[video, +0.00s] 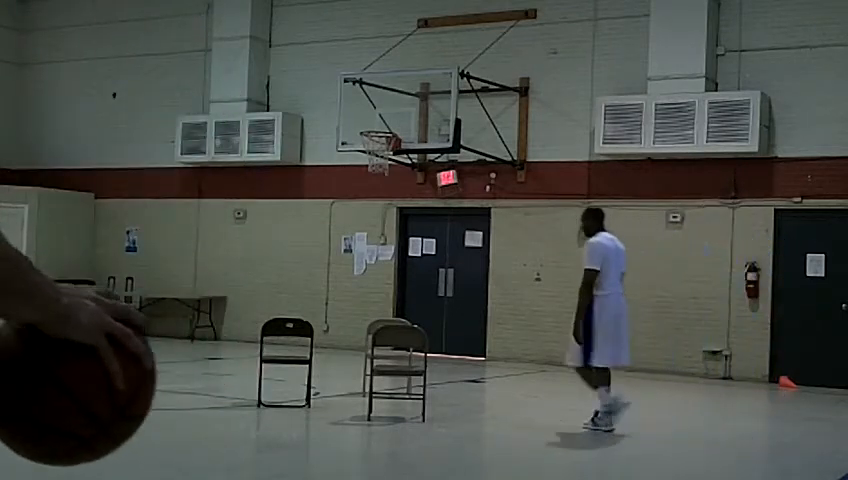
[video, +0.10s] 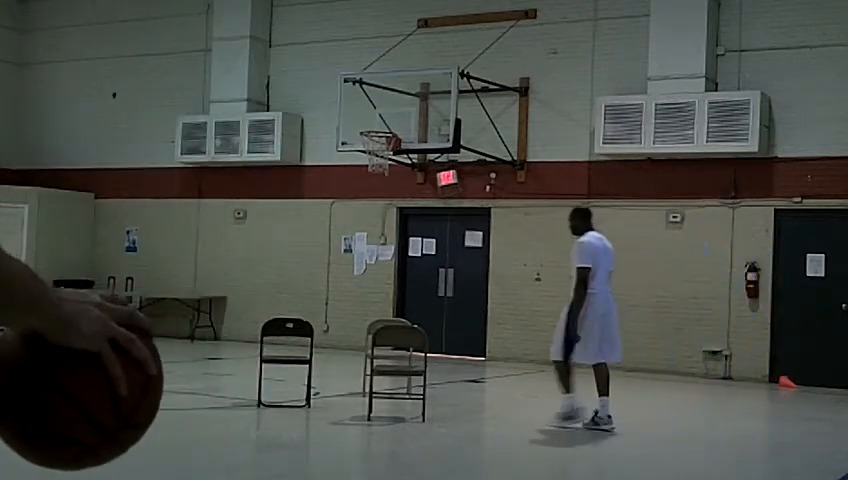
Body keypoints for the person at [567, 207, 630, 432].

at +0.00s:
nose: (581, 226)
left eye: (583, 221)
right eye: (582, 221)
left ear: (591, 222)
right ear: (602, 221)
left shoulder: (595, 244)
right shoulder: (616, 243)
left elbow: (587, 284)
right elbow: (620, 278)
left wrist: (578, 319)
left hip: (599, 307)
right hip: (614, 306)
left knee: (580, 361)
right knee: (603, 360)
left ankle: (609, 401)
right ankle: (604, 413)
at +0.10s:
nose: (570, 226)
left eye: (572, 222)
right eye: (570, 222)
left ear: (579, 222)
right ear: (590, 221)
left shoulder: (583, 244)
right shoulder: (605, 243)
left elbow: (581, 284)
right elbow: (607, 279)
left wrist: (572, 321)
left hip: (585, 307)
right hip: (604, 307)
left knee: (560, 355)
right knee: (599, 358)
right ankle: (604, 413)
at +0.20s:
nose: (556, 228)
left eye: (558, 224)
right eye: (556, 224)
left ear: (565, 225)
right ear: (575, 223)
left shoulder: (571, 245)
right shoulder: (591, 244)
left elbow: (572, 286)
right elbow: (591, 282)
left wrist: (566, 322)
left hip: (574, 305)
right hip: (594, 305)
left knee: (551, 355)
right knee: (596, 359)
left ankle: (536, 404)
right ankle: (603, 413)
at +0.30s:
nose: (542, 231)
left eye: (543, 227)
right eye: (542, 227)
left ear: (550, 227)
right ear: (561, 226)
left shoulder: (556, 249)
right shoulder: (577, 247)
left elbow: (558, 289)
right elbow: (575, 284)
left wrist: (555, 324)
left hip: (561, 309)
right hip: (580, 308)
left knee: (538, 357)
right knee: (588, 359)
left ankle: (524, 405)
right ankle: (602, 410)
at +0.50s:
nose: (515, 230)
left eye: (516, 226)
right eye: (515, 226)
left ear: (523, 225)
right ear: (533, 223)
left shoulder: (527, 246)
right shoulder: (549, 243)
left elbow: (523, 283)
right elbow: (547, 278)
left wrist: (516, 316)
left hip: (531, 307)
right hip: (549, 306)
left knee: (518, 355)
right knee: (541, 356)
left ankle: (520, 406)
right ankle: (571, 389)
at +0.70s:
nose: (492, 227)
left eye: (493, 223)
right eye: (493, 223)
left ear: (498, 223)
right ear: (509, 221)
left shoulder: (503, 242)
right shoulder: (526, 241)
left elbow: (493, 271)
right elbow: (532, 274)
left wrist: (484, 292)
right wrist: (528, 294)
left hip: (507, 294)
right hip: (524, 294)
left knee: (506, 351)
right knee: (504, 350)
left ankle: (519, 405)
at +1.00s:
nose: (453, 229)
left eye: (454, 225)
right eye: (454, 224)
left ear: (460, 225)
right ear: (471, 225)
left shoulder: (459, 245)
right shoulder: (486, 246)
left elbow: (451, 275)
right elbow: (491, 283)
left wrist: (439, 292)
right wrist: (491, 317)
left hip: (466, 298)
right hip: (482, 298)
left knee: (473, 354)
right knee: (452, 350)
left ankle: (506, 395)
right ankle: (444, 398)